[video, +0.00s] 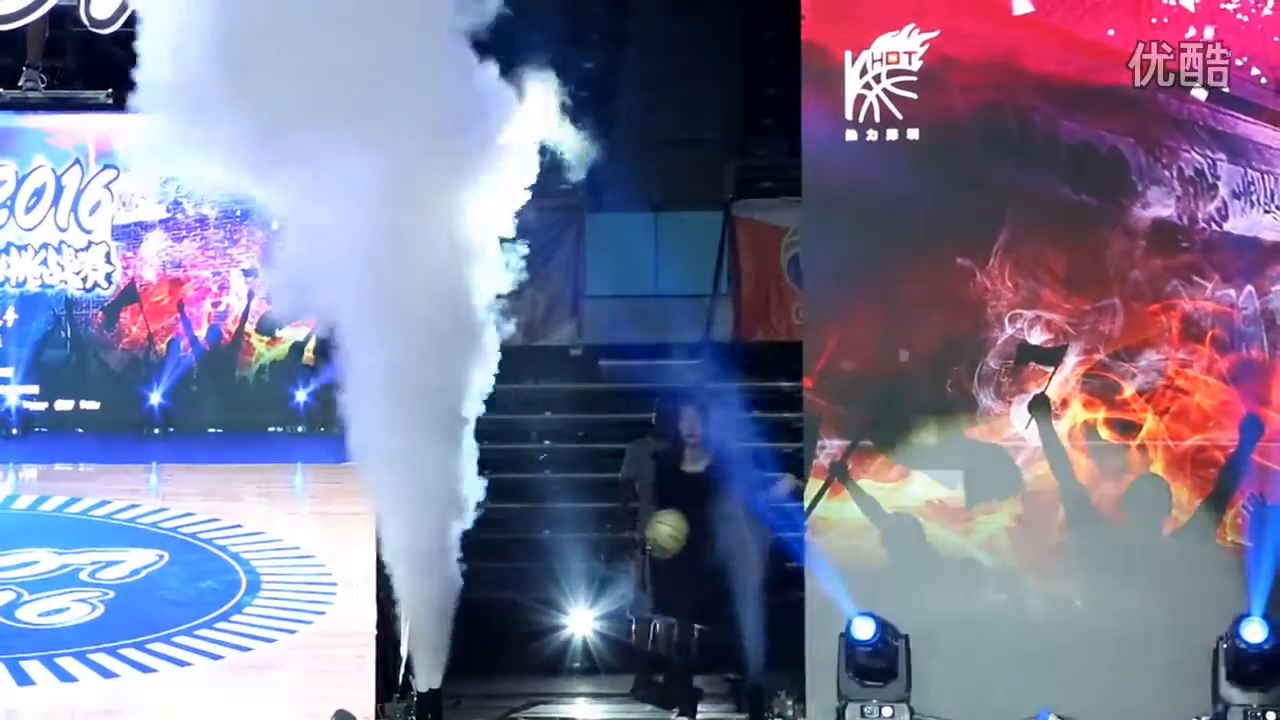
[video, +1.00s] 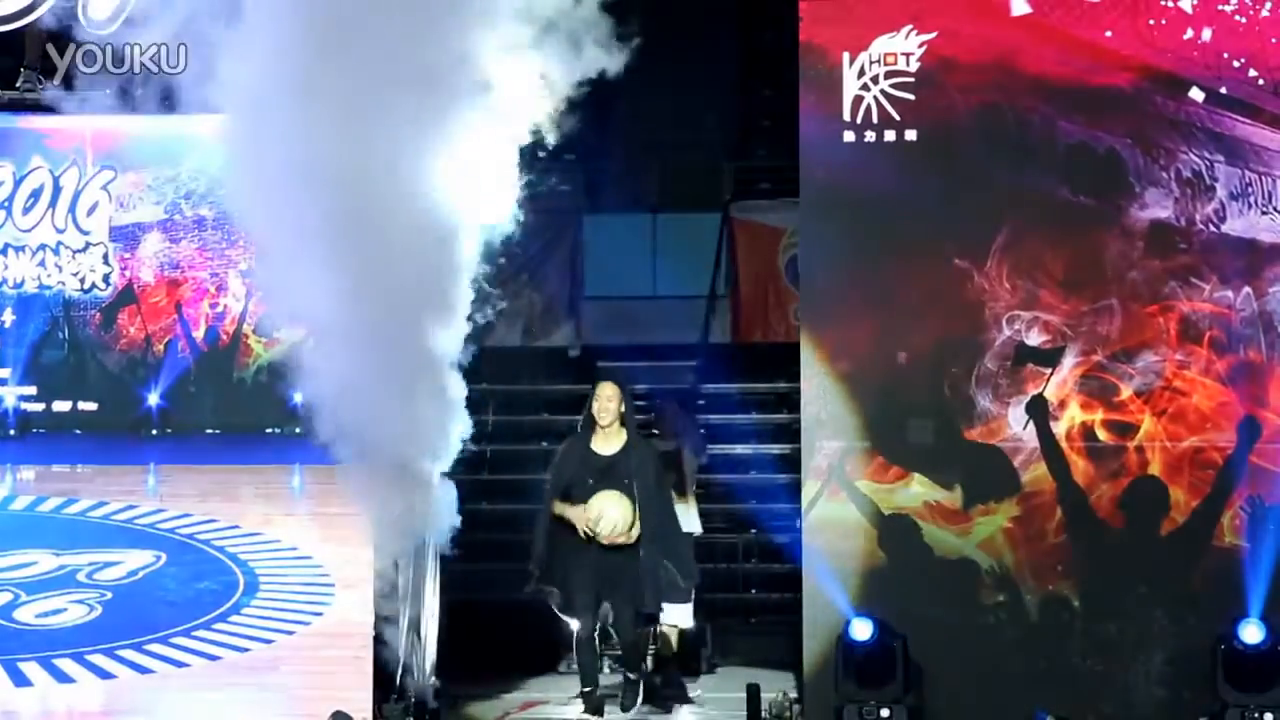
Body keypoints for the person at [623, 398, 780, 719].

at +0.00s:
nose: (691, 432)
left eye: (697, 425)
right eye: (685, 426)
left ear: (708, 427)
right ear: (677, 429)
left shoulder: (724, 467)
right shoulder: (664, 467)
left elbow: (752, 504)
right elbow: (651, 512)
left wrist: (775, 493)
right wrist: (652, 532)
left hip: (717, 560)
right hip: (674, 563)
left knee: (729, 629)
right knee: (676, 636)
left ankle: (746, 698)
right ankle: (683, 705)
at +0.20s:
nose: (665, 430)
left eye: (671, 423)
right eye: (661, 423)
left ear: (684, 426)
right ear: (654, 427)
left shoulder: (700, 465)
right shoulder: (645, 468)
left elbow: (717, 510)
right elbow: (634, 511)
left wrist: (725, 551)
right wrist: (634, 541)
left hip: (692, 554)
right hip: (655, 555)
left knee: (680, 624)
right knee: (663, 622)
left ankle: (675, 692)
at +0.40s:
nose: (647, 431)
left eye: (655, 425)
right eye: (644, 425)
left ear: (670, 431)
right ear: (640, 430)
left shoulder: (690, 469)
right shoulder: (627, 469)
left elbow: (707, 517)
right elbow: (610, 516)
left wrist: (694, 550)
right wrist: (610, 548)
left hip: (670, 562)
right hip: (630, 564)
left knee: (657, 632)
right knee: (632, 634)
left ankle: (640, 706)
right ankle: (668, 689)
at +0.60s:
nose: (634, 412)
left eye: (641, 406)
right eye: (630, 406)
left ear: (655, 412)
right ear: (624, 411)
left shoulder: (675, 454)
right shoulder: (609, 452)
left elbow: (691, 499)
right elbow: (591, 499)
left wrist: (673, 521)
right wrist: (593, 532)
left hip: (660, 550)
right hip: (619, 550)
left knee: (654, 624)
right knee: (613, 619)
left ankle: (644, 698)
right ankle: (623, 680)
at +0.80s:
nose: (619, 415)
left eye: (626, 408)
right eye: (615, 408)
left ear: (640, 412)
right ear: (608, 413)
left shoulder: (660, 454)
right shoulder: (591, 457)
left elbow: (673, 505)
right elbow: (577, 506)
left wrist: (648, 526)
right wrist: (573, 537)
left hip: (644, 554)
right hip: (598, 556)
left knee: (643, 629)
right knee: (595, 627)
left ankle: (639, 702)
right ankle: (593, 692)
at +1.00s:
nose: (603, 406)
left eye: (610, 400)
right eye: (598, 399)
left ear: (622, 406)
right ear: (591, 404)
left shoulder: (641, 449)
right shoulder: (573, 448)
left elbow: (655, 505)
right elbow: (552, 499)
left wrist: (634, 533)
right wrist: (571, 512)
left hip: (626, 550)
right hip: (582, 551)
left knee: (626, 626)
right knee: (584, 624)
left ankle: (632, 677)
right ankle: (589, 696)